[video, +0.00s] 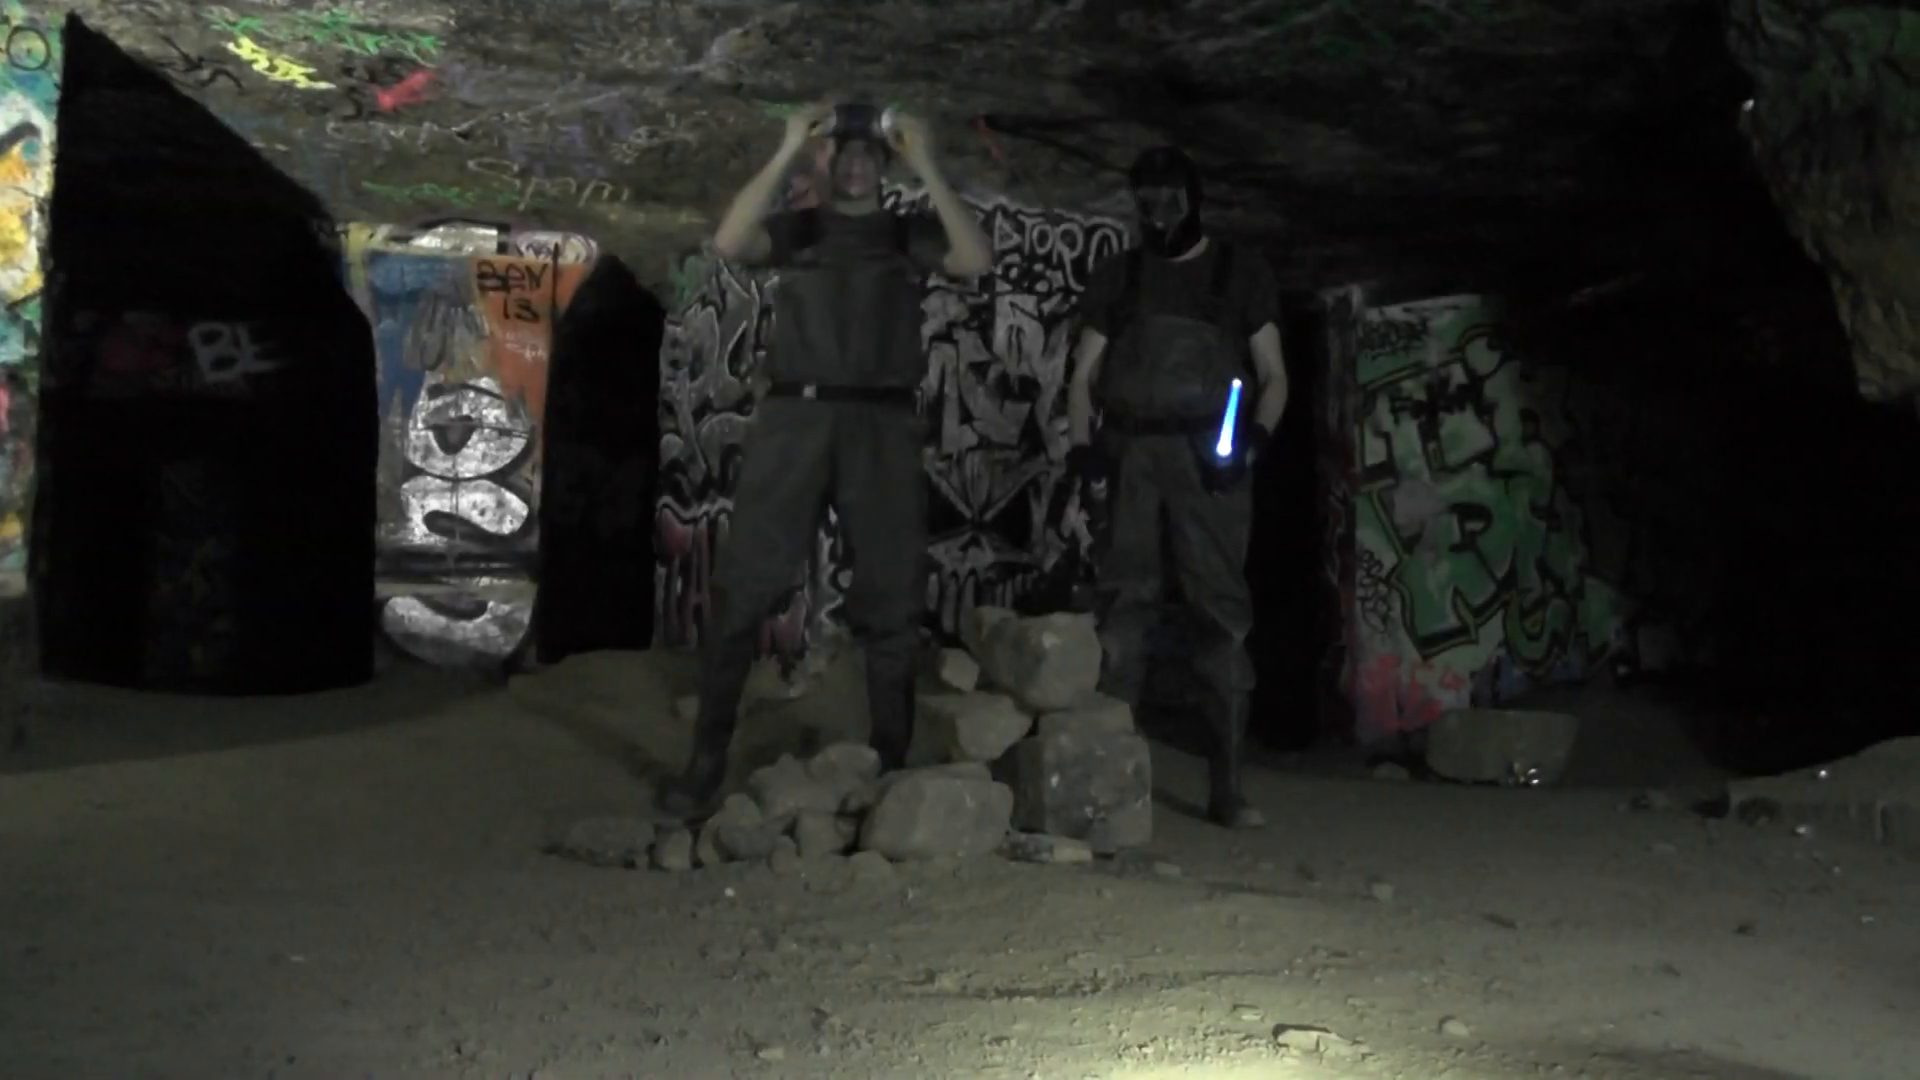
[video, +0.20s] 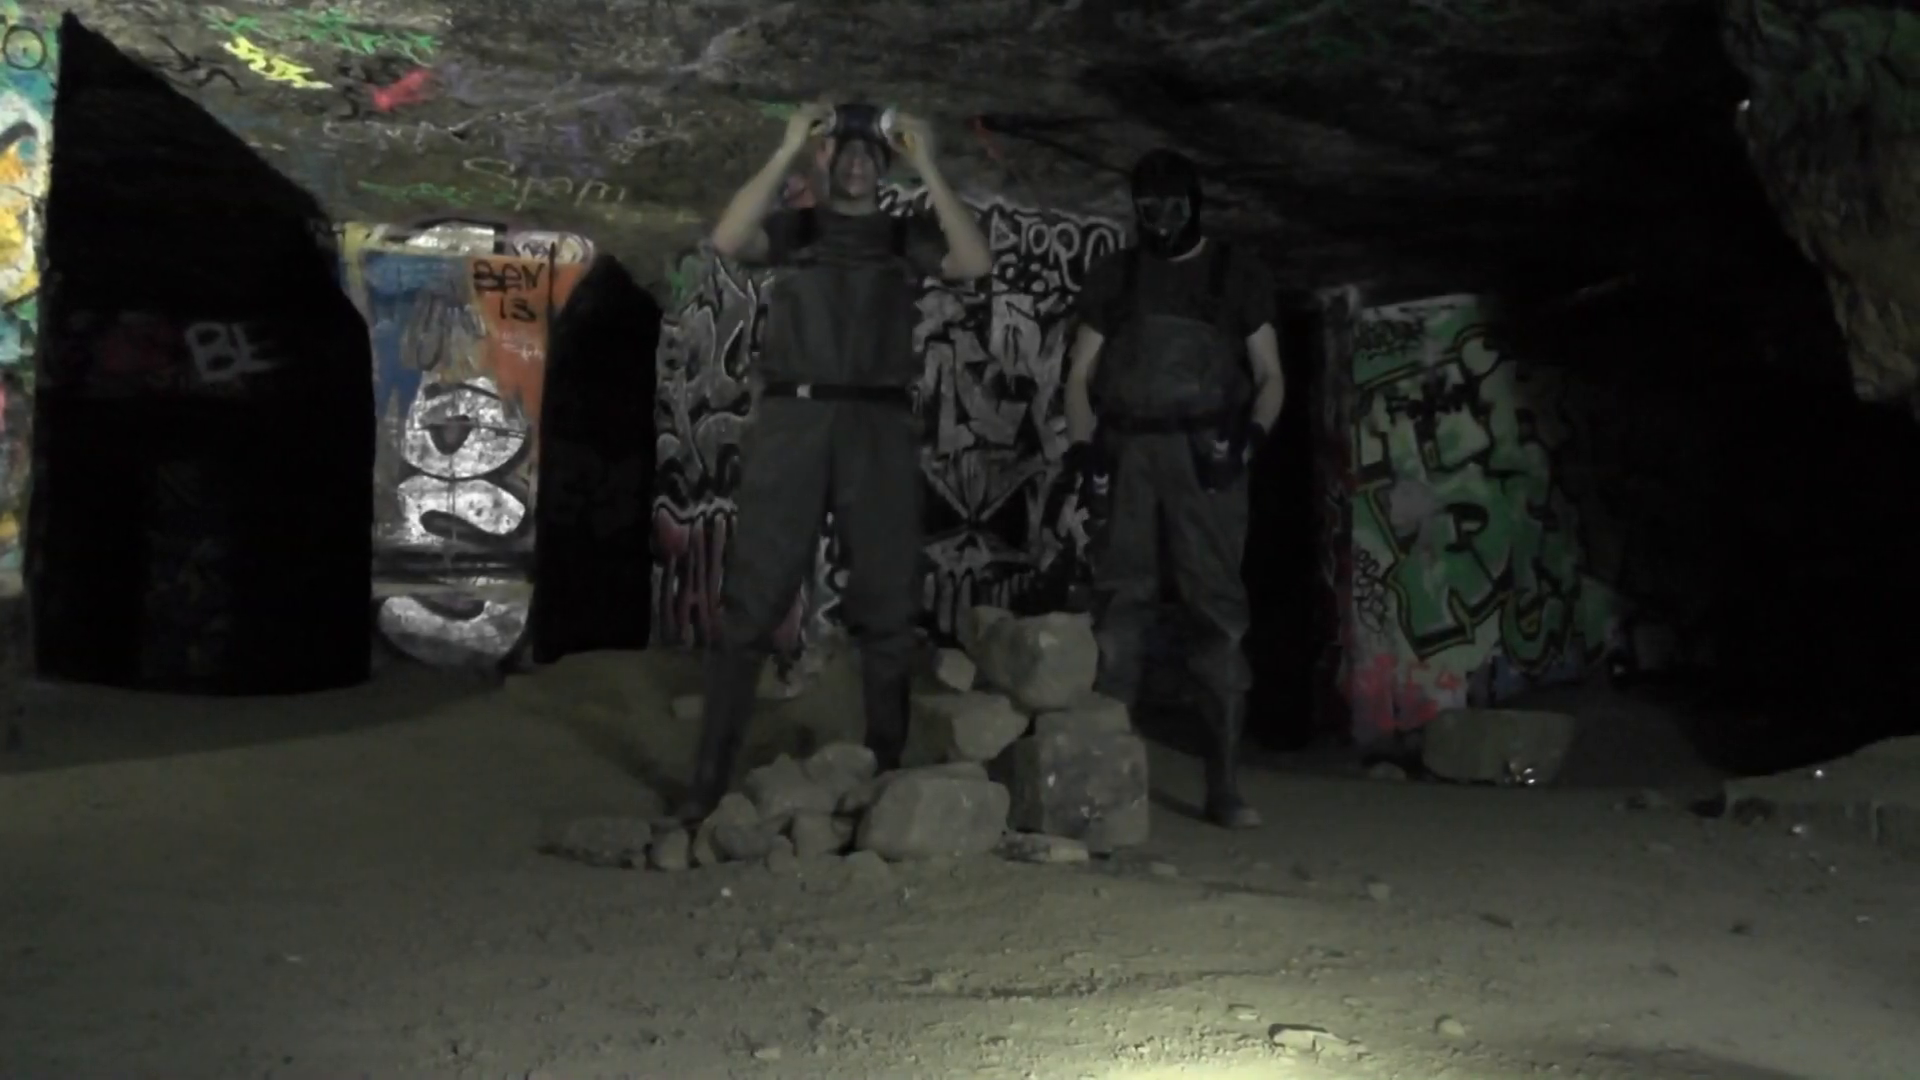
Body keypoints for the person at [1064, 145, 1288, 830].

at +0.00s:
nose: (1156, 216)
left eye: (1167, 203)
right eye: (1146, 205)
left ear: (1193, 202)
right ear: (1134, 207)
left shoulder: (1236, 272)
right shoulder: (1121, 274)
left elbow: (1273, 377)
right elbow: (1083, 372)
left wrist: (1247, 447)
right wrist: (1085, 442)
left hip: (1211, 466)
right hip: (1131, 465)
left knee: (1220, 615)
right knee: (1124, 612)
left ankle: (1227, 784)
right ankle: (1110, 776)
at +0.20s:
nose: (1161, 218)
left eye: (1172, 204)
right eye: (1149, 206)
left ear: (1194, 205)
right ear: (1133, 208)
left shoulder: (1233, 275)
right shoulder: (1116, 275)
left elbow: (1270, 378)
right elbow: (1078, 378)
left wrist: (1246, 442)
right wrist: (1088, 452)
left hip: (1209, 464)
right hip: (1127, 466)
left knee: (1217, 617)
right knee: (1120, 614)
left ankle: (1224, 784)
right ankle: (1108, 777)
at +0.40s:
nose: (1160, 215)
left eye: (1172, 202)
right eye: (1149, 203)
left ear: (1194, 203)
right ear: (1134, 205)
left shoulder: (1232, 275)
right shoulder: (1116, 274)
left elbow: (1270, 378)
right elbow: (1075, 377)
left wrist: (1243, 438)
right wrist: (1088, 449)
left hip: (1207, 468)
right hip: (1127, 468)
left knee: (1215, 620)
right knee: (1117, 617)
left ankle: (1221, 787)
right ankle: (1104, 780)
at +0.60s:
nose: (1157, 206)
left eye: (1169, 192)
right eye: (1146, 193)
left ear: (1191, 195)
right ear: (1132, 198)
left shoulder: (1230, 273)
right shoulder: (1116, 273)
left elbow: (1271, 376)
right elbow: (1074, 373)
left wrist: (1242, 435)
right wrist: (1085, 443)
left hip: (1203, 468)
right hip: (1125, 466)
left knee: (1211, 619)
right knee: (1115, 615)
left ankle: (1218, 787)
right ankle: (1100, 780)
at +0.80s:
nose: (1154, 202)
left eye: (1166, 188)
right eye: (1143, 189)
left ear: (1190, 193)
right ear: (1130, 196)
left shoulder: (1229, 272)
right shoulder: (1115, 273)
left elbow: (1271, 377)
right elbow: (1070, 373)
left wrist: (1242, 439)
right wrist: (1078, 443)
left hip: (1201, 467)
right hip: (1122, 467)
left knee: (1210, 620)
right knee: (1114, 617)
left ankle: (1216, 788)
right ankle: (1100, 782)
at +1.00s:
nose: (1152, 200)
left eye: (1163, 185)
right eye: (1141, 186)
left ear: (1186, 192)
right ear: (1127, 194)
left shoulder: (1226, 272)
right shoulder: (1112, 274)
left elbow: (1268, 376)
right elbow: (1067, 372)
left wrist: (1238, 439)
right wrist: (1078, 447)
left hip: (1198, 469)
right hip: (1119, 471)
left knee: (1209, 619)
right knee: (1112, 617)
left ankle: (1216, 787)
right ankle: (1098, 781)